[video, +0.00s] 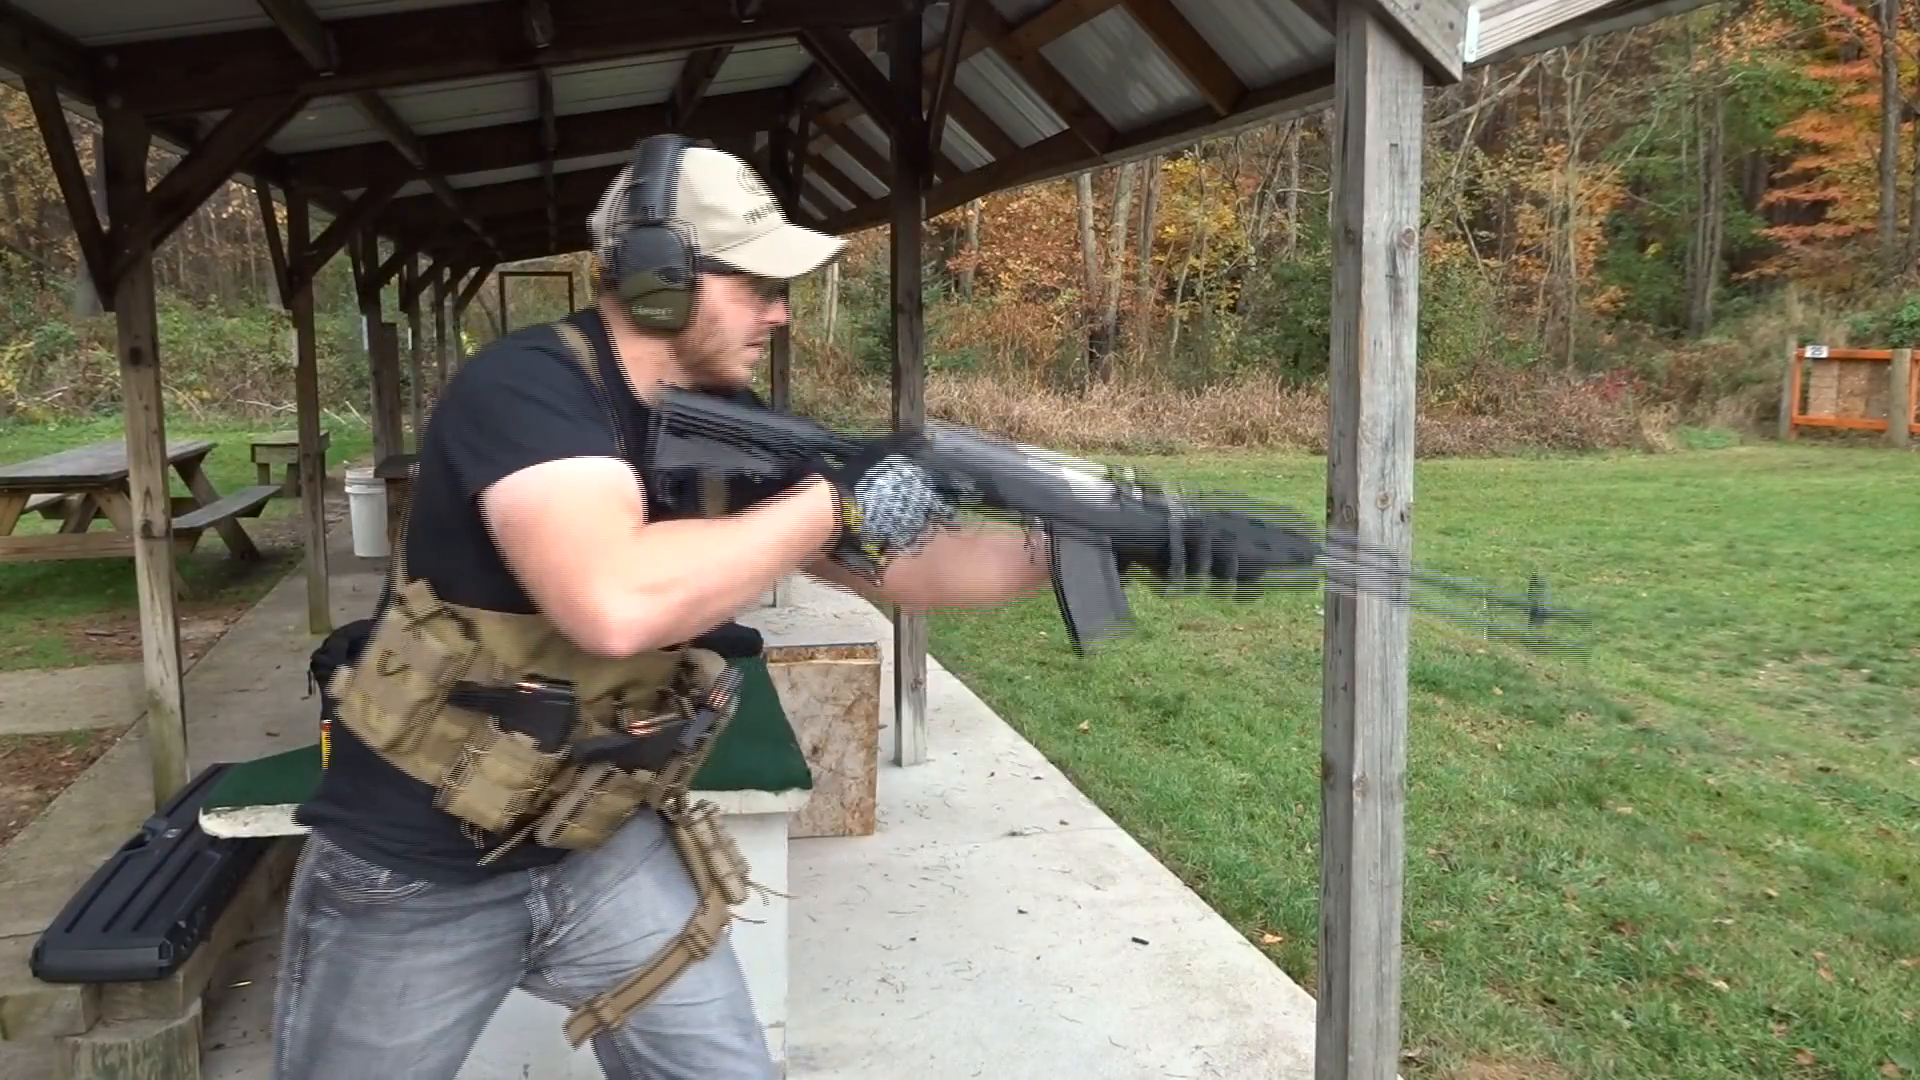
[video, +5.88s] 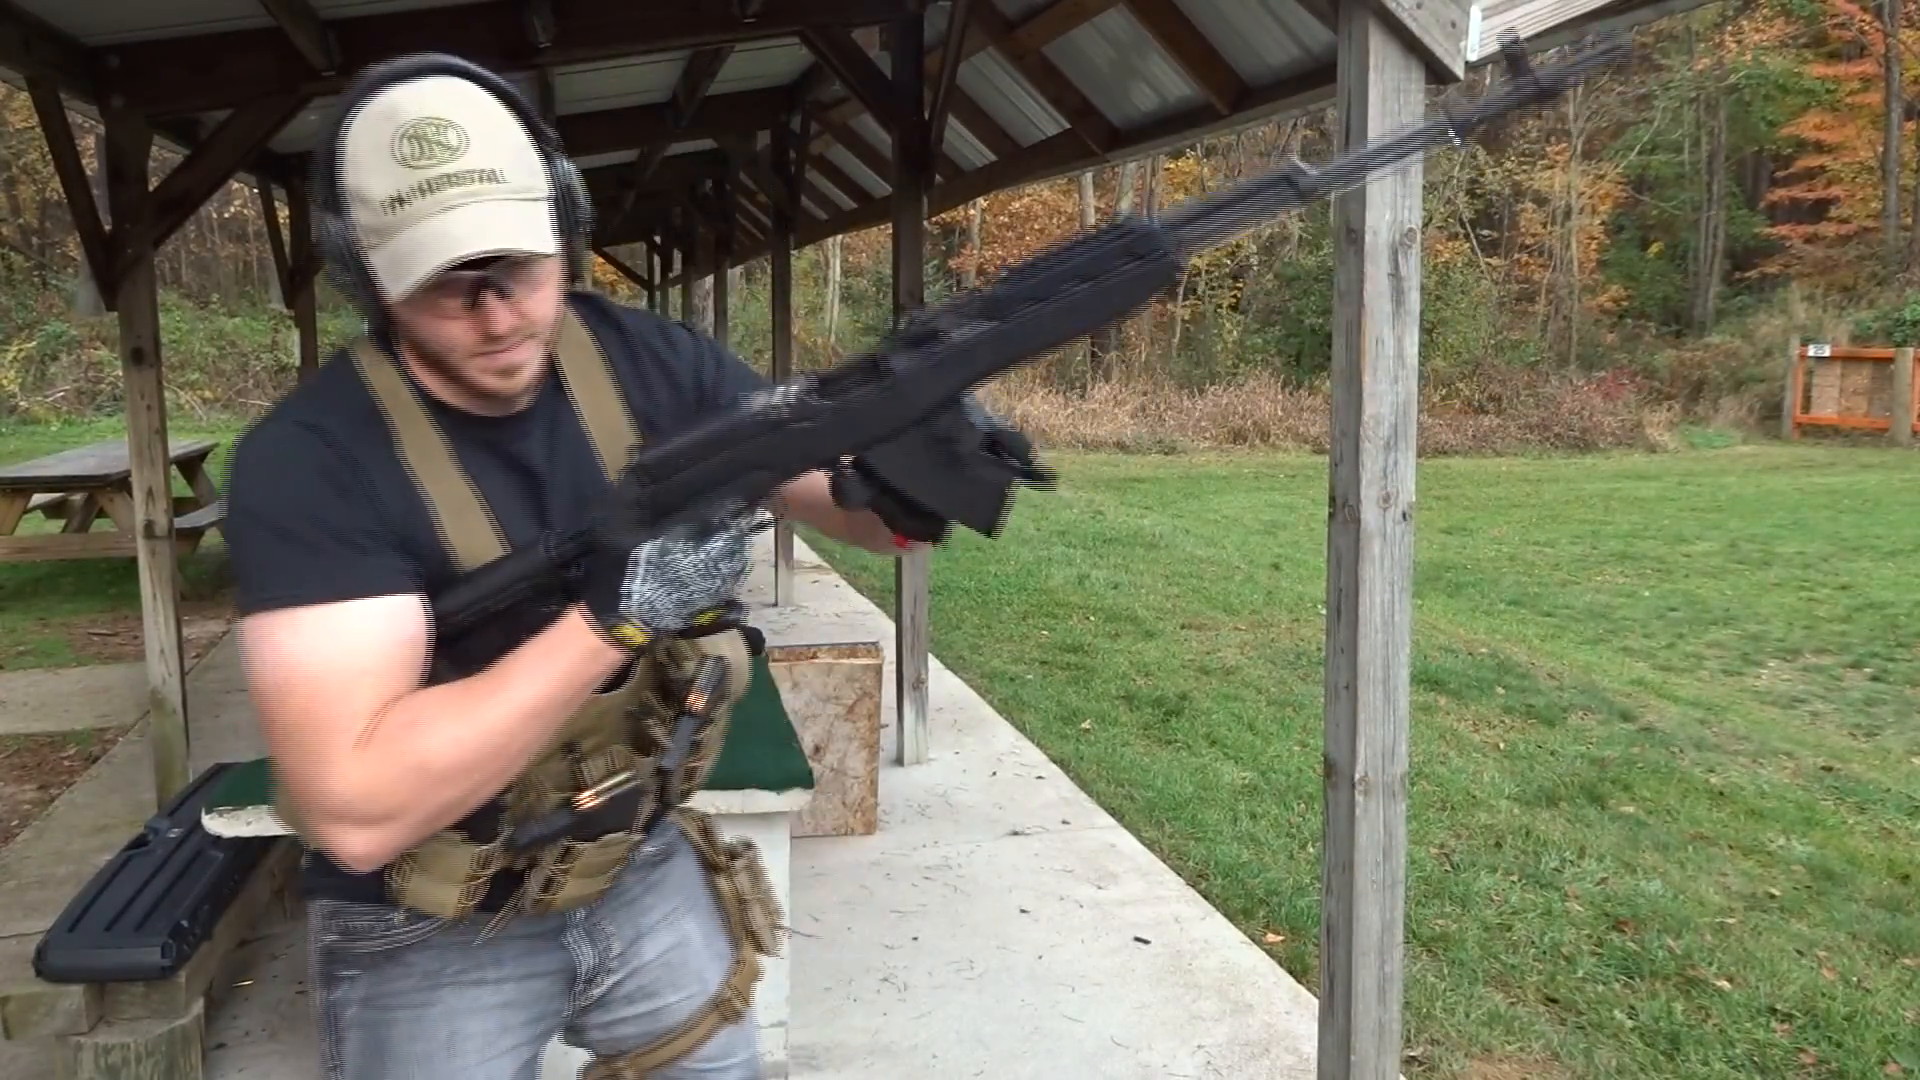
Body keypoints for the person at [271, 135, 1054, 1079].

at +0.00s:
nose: (781, 318)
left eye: (782, 293)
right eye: (759, 291)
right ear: (669, 279)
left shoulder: (714, 427)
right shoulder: (517, 388)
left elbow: (891, 564)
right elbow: (617, 602)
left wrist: (1077, 543)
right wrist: (833, 505)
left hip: (608, 845)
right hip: (415, 874)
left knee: (730, 1063)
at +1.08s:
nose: (686, 347)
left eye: (692, 324)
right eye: (661, 320)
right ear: (563, 294)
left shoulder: (639, 401)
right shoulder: (411, 377)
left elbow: (855, 481)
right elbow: (508, 602)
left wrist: (1024, 404)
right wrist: (699, 429)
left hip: (585, 842)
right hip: (389, 881)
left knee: (705, 1068)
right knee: (327, 1077)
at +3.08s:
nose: (657, 355)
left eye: (664, 331)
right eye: (630, 329)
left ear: (660, 304)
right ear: (532, 302)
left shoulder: (622, 399)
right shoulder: (383, 376)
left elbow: (833, 482)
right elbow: (469, 603)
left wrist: (1009, 407)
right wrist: (680, 435)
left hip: (577, 847)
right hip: (382, 893)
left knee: (697, 1060)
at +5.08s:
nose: (711, 315)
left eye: (716, 290)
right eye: (685, 289)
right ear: (582, 275)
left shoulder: (688, 404)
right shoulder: (449, 362)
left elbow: (855, 549)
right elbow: (483, 545)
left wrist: (987, 433)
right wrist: (754, 480)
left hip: (623, 843)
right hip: (420, 879)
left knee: (743, 1065)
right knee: (359, 1071)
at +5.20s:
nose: (752, 278)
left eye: (756, 249)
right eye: (723, 250)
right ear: (623, 240)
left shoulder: (741, 385)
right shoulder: (497, 375)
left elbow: (897, 525)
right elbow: (528, 622)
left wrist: (985, 458)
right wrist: (769, 500)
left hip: (693, 827)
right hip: (493, 860)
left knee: (787, 1066)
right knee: (428, 1066)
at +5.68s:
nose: (622, 283)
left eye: (639, 243)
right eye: (579, 255)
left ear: (672, 236)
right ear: (503, 260)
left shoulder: (729, 357)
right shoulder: (430, 421)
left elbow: (915, 510)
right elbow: (450, 745)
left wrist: (969, 470)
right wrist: (699, 571)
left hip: (721, 847)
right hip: (514, 885)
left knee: (785, 1062)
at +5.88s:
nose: (502, 318)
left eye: (520, 271)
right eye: (457, 288)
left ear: (563, 247)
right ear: (377, 285)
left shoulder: (644, 361)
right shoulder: (311, 465)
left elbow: (842, 496)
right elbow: (356, 811)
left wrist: (911, 490)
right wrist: (610, 619)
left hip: (648, 874)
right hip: (431, 937)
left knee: (722, 1060)